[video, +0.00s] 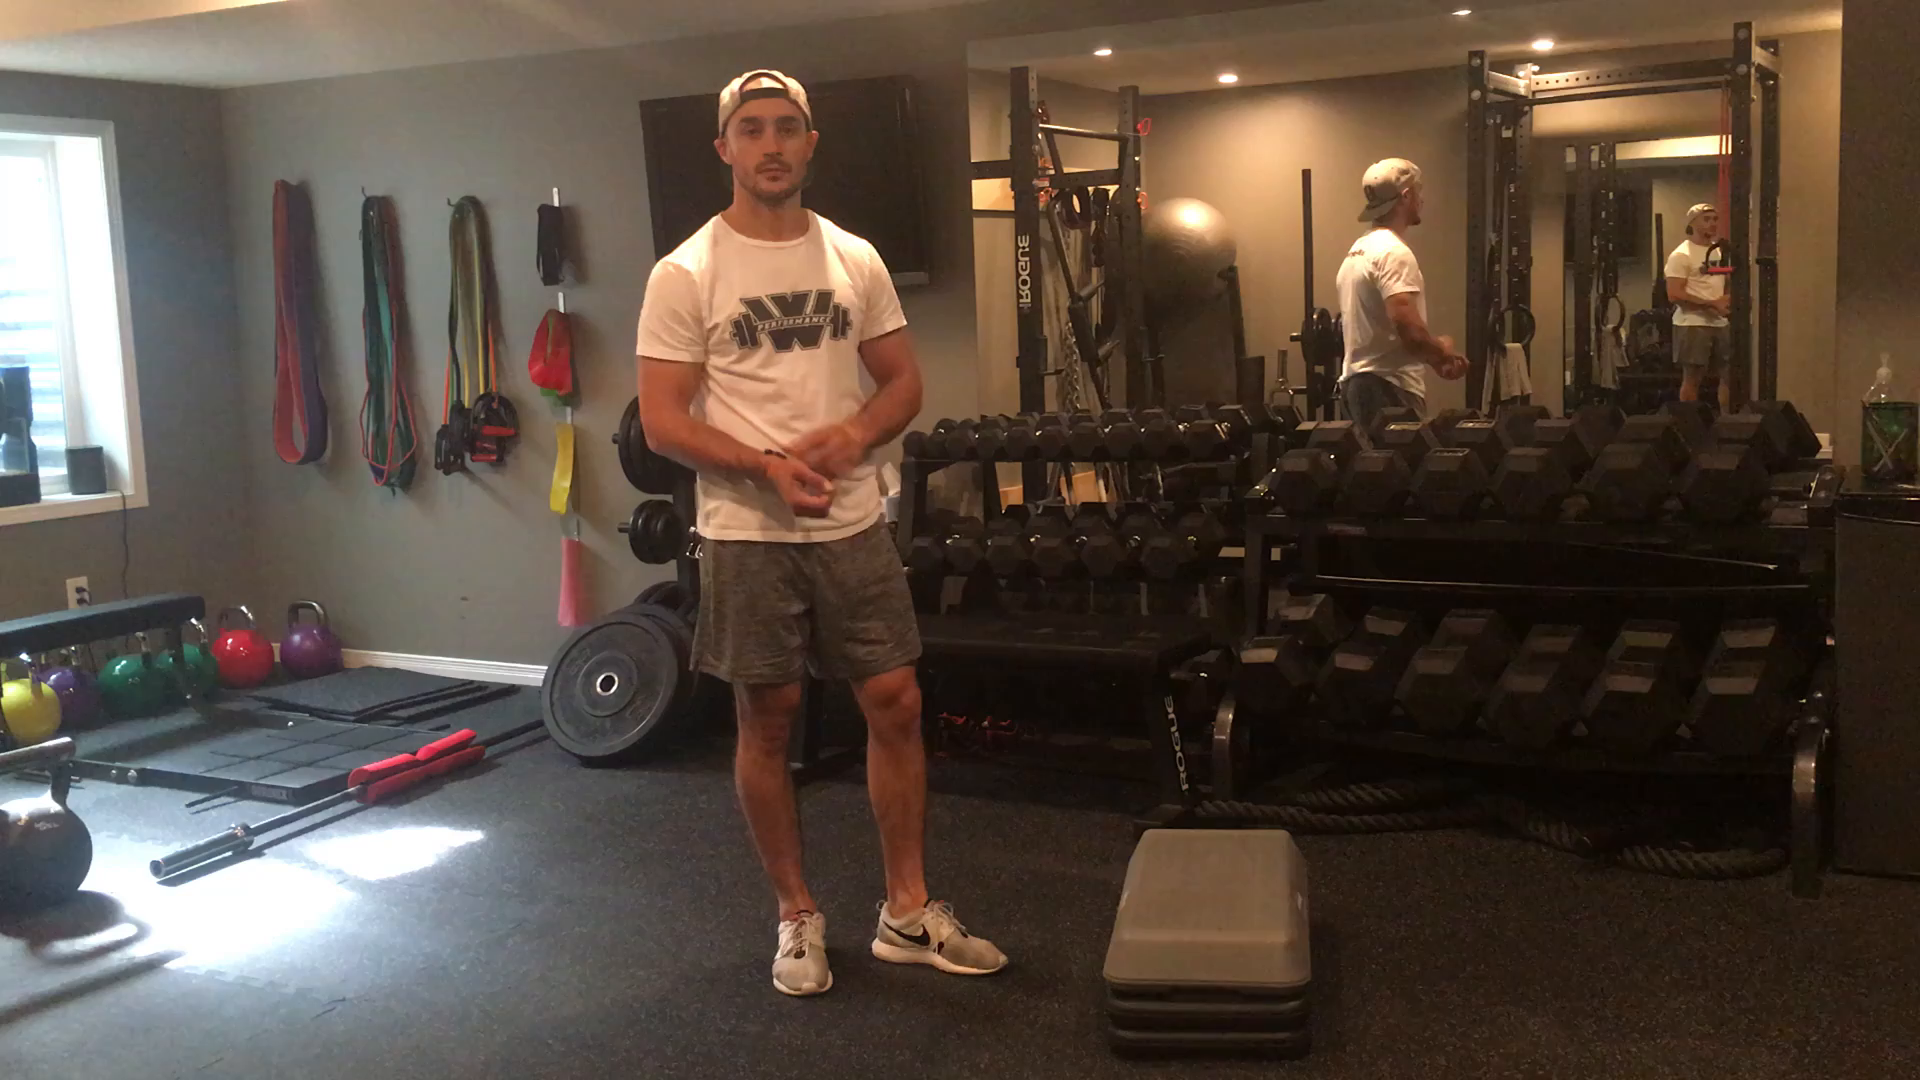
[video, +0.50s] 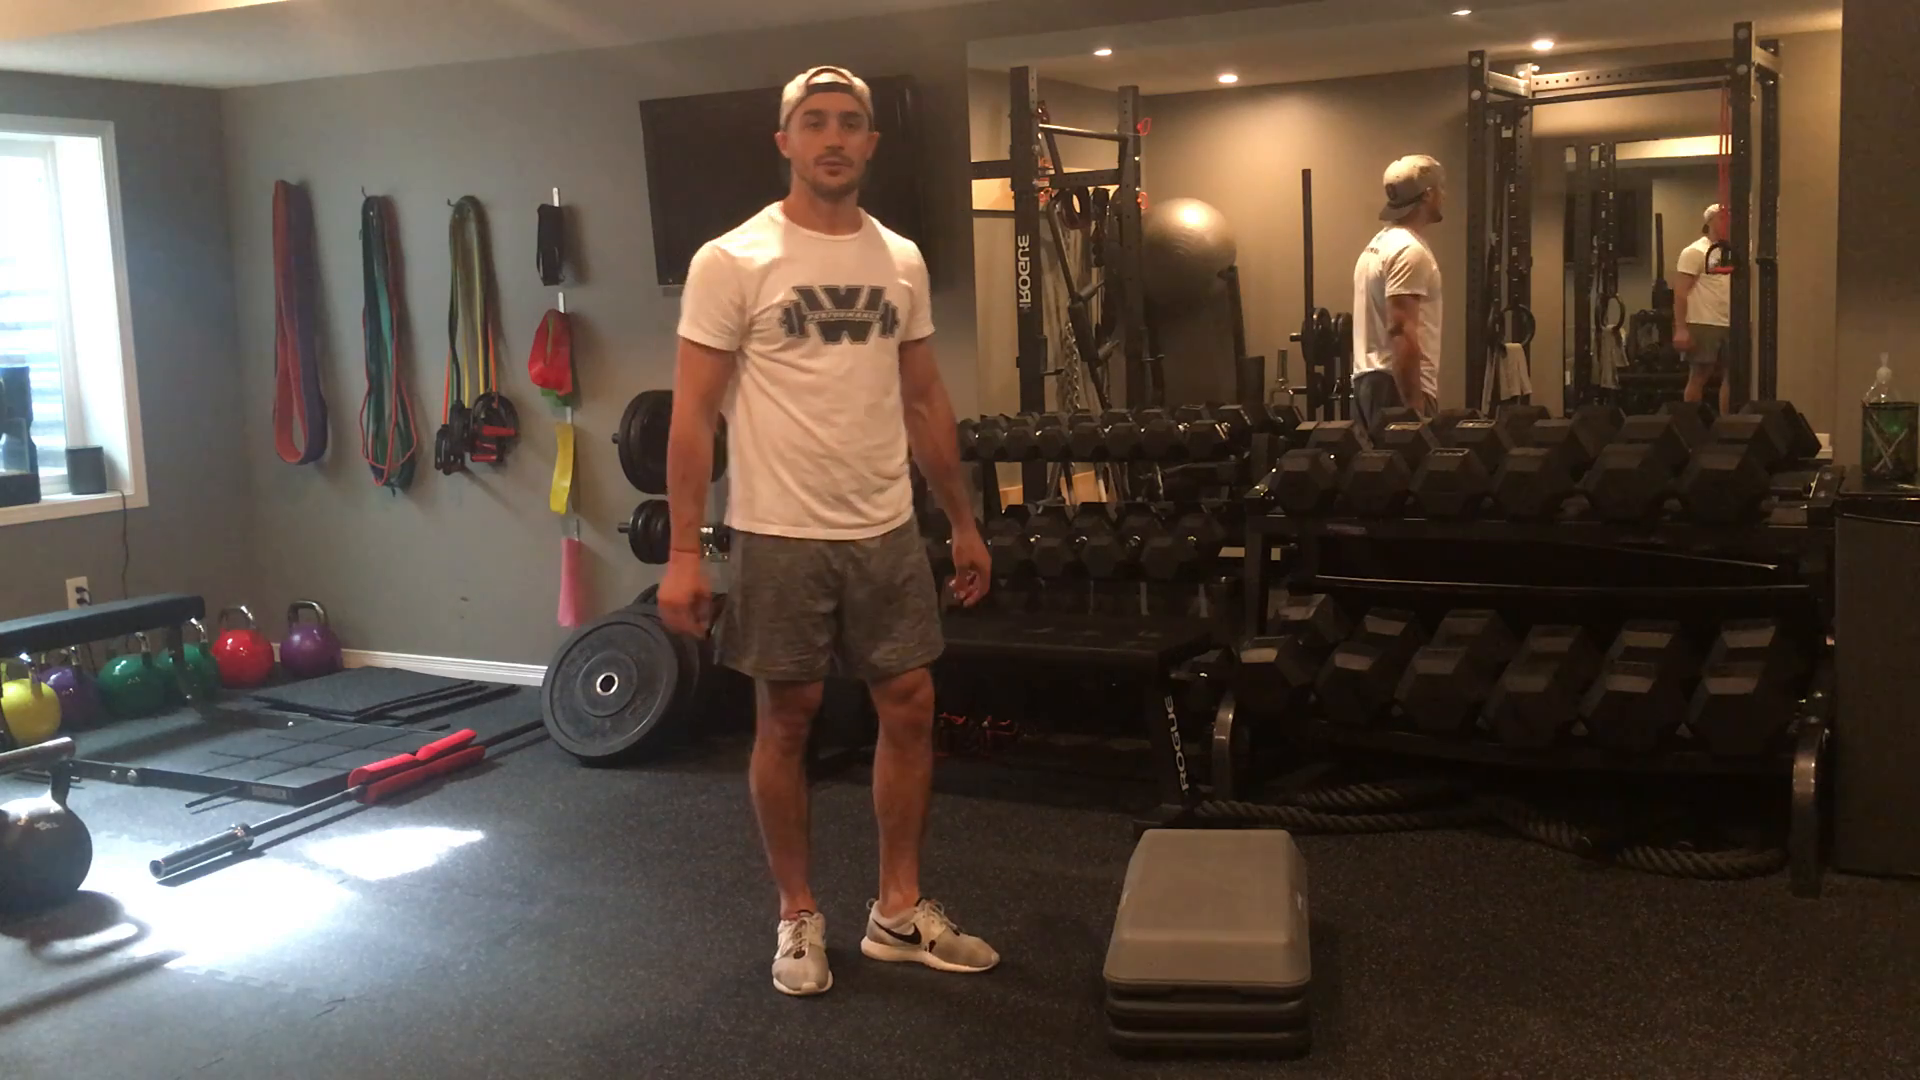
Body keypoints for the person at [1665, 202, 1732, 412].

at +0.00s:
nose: (1713, 224)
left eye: (1715, 219)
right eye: (1707, 219)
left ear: (1718, 223)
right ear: (1693, 223)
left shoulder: (1719, 252)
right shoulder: (1680, 255)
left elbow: (1727, 285)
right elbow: (1674, 294)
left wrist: (1727, 302)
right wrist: (1712, 303)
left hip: (1720, 325)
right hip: (1692, 326)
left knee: (1727, 378)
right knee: (1692, 379)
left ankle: (1727, 423)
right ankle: (1687, 426)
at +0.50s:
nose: (1728, 224)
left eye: (1729, 219)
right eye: (1724, 219)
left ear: (1729, 223)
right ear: (1711, 223)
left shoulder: (1730, 252)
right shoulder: (1694, 252)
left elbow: (1739, 290)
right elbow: (1680, 293)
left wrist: (1742, 323)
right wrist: (1680, 327)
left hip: (1730, 326)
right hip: (1703, 326)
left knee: (1731, 378)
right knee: (1699, 376)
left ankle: (1725, 425)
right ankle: (1689, 423)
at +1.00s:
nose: (1732, 228)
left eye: (1735, 224)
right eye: (1729, 223)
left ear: (1740, 226)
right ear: (1722, 225)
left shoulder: (1743, 253)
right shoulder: (1706, 252)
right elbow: (1693, 289)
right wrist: (1702, 323)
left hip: (1739, 325)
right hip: (1717, 323)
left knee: (1730, 378)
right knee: (1721, 375)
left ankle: (1725, 422)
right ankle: (1706, 421)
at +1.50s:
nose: (1735, 229)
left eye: (1737, 224)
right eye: (1732, 224)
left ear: (1741, 226)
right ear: (1723, 224)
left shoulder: (1745, 253)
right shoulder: (1705, 254)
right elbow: (1697, 294)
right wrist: (1703, 328)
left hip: (1743, 324)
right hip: (1721, 324)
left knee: (1736, 377)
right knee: (1723, 376)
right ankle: (1716, 423)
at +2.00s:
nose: (1733, 231)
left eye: (1736, 226)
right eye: (1730, 226)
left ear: (1742, 228)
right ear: (1723, 227)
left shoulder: (1744, 253)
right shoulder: (1707, 253)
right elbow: (1699, 293)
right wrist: (1707, 325)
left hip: (1743, 325)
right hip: (1721, 324)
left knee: (1734, 377)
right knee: (1723, 375)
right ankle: (1715, 423)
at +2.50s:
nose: (1732, 223)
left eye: (1735, 218)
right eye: (1729, 218)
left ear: (1741, 223)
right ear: (1723, 220)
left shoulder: (1746, 254)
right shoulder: (1707, 254)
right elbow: (1698, 291)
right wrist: (1698, 325)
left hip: (1742, 325)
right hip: (1718, 323)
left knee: (1732, 377)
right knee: (1722, 374)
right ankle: (1714, 423)